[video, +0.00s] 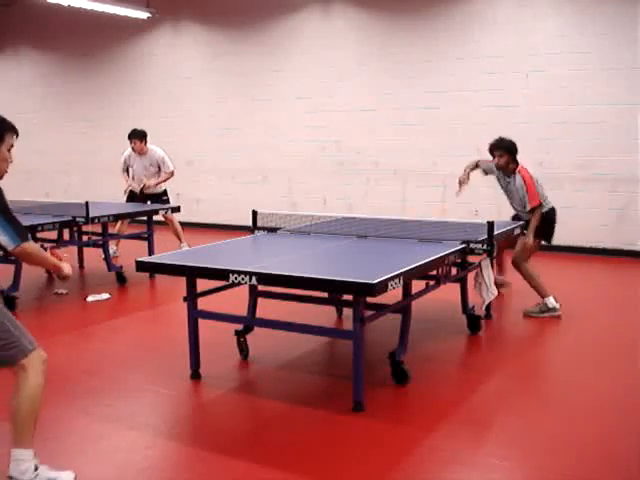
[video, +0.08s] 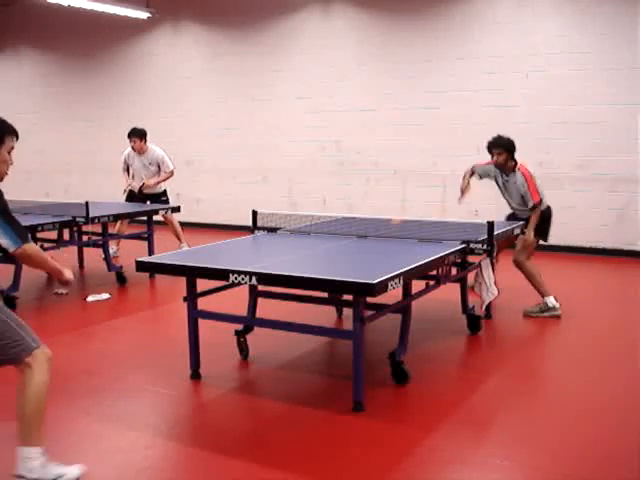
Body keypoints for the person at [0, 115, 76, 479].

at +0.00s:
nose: (10, 159)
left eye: (11, 151)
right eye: (8, 151)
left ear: (3, 150)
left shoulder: (0, 192)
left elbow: (17, 241)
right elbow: (18, 246)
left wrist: (49, 259)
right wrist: (55, 266)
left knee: (30, 359)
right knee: (33, 360)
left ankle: (22, 463)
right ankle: (22, 465)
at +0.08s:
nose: (10, 161)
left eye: (12, 153)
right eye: (8, 152)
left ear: (5, 153)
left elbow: (16, 242)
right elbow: (19, 248)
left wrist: (51, 263)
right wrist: (57, 270)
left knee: (34, 356)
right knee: (37, 357)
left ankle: (30, 459)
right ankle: (31, 460)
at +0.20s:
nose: (32, 169)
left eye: (33, 160)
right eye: (28, 160)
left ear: (6, 159)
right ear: (7, 158)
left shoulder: (3, 192)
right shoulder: (3, 194)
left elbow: (30, 244)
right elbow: (43, 249)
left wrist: (49, 272)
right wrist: (65, 278)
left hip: (2, 307)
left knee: (50, 359)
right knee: (51, 359)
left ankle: (87, 459)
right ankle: (87, 461)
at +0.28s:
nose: (62, 180)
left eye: (63, 171)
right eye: (58, 170)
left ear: (28, 167)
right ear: (37, 168)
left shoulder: (4, 187)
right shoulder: (22, 196)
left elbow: (21, 236)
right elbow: (71, 241)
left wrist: (46, 261)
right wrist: (80, 272)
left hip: (6, 311)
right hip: (6, 313)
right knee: (74, 362)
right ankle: (89, 464)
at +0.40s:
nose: (93, 205)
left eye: (95, 199)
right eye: (92, 197)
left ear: (51, 183)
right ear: (74, 189)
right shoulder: (66, 212)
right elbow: (119, 240)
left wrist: (114, 269)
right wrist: (123, 271)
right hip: (16, 321)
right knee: (92, 362)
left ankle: (91, 463)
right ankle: (92, 465)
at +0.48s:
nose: (96, 214)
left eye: (98, 209)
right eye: (95, 207)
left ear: (50, 189)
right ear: (77, 198)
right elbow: (147, 247)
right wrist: (169, 267)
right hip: (16, 326)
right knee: (93, 363)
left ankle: (92, 463)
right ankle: (93, 465)